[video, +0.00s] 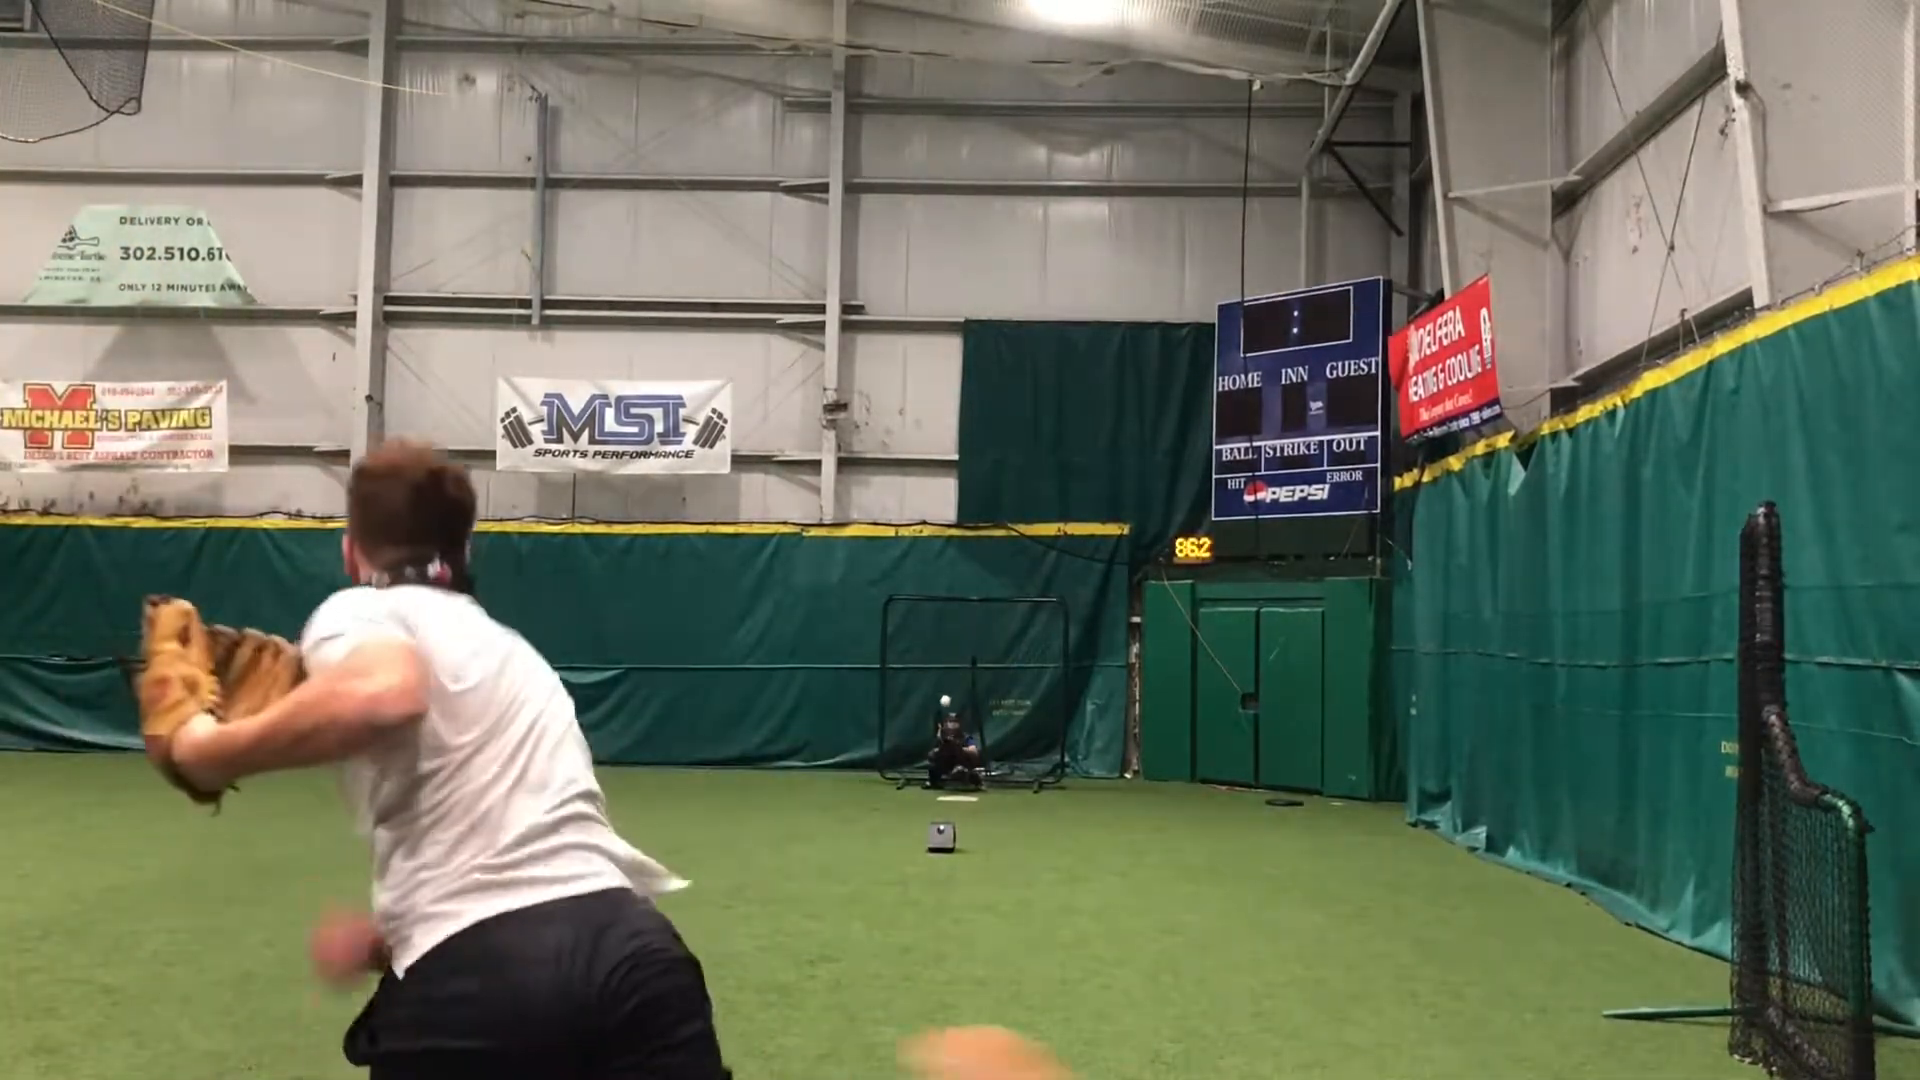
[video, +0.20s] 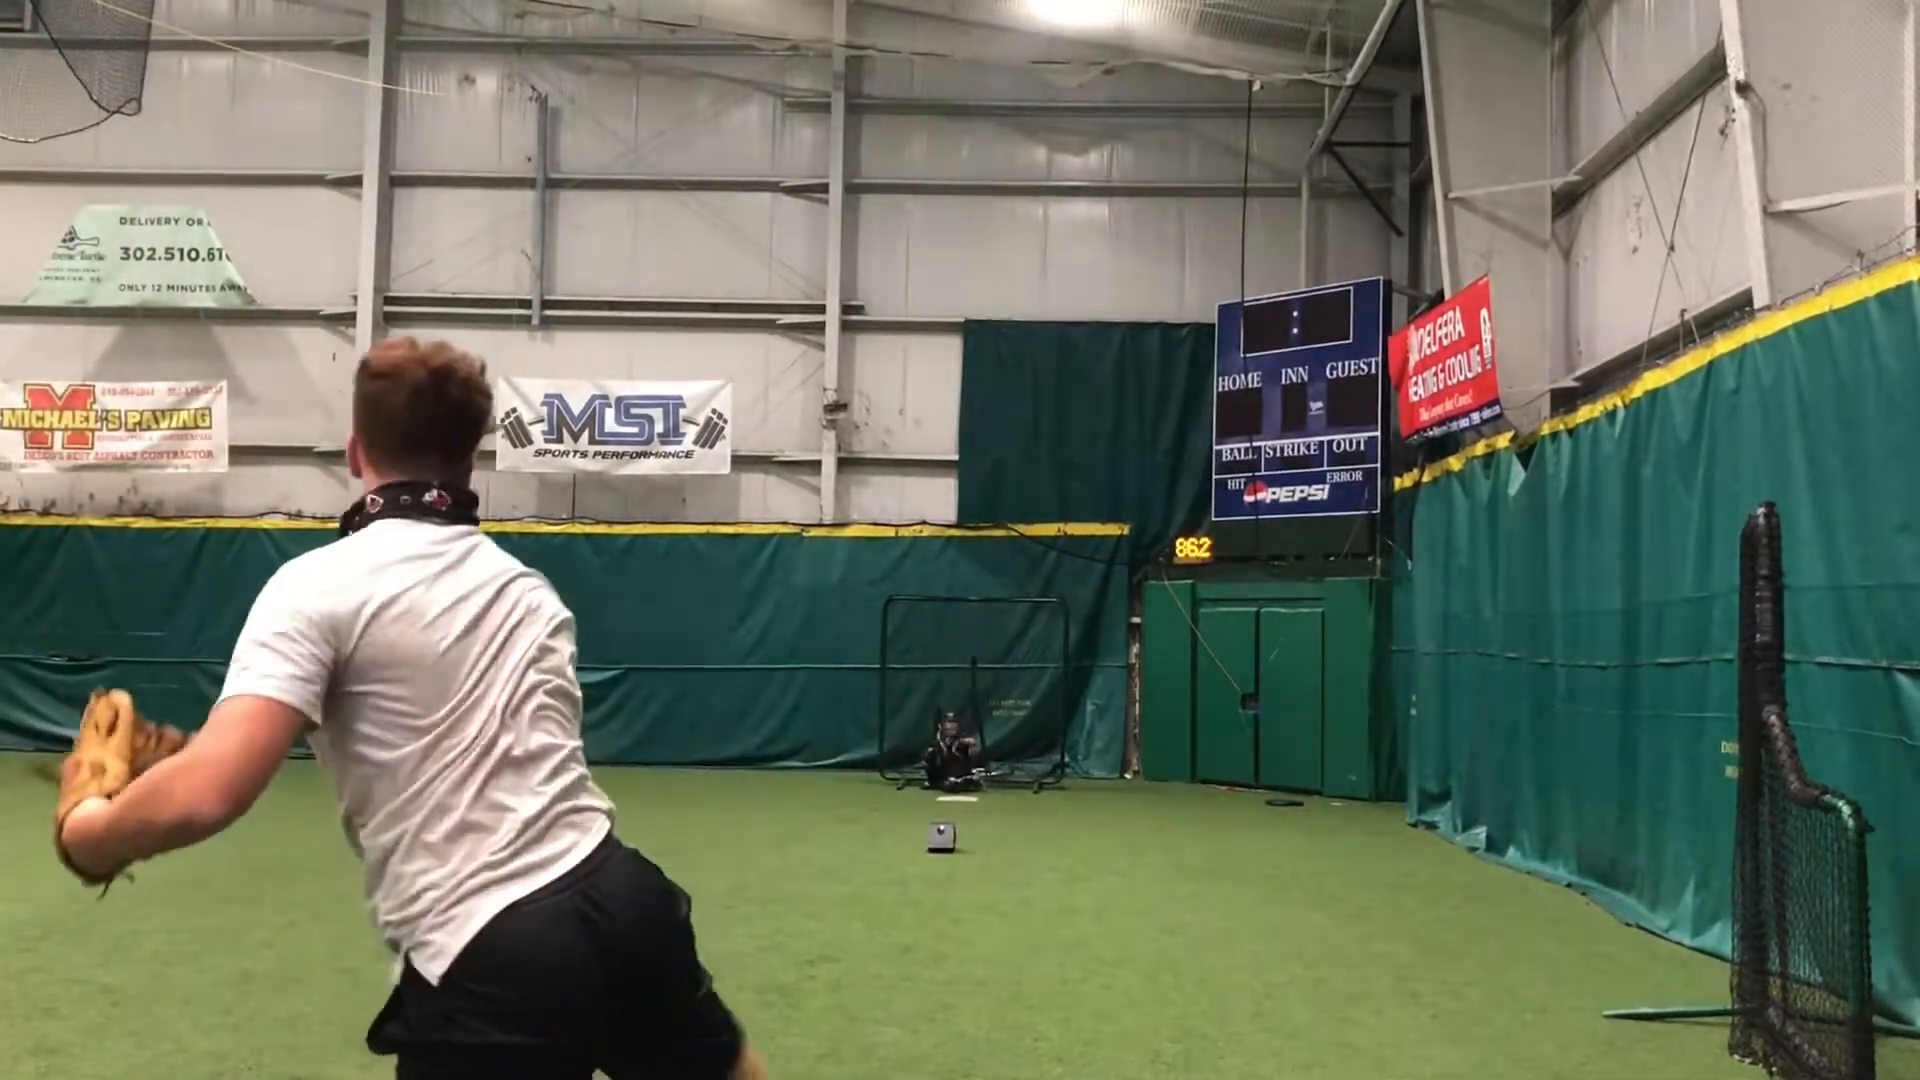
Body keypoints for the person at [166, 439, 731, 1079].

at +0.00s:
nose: (347, 550)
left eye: (345, 537)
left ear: (353, 552)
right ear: (462, 556)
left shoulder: (357, 609)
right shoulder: (519, 654)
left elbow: (391, 693)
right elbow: (543, 849)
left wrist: (211, 751)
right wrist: (394, 934)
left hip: (474, 960)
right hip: (627, 937)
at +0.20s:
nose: (346, 449)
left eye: (349, 434)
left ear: (357, 453)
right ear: (472, 458)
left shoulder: (318, 587)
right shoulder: (528, 587)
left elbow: (208, 791)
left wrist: (93, 834)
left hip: (487, 969)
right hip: (622, 902)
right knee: (726, 1060)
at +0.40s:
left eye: (403, 413)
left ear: (408, 431)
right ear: (523, 431)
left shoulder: (389, 582)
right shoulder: (593, 558)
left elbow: (254, 807)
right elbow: (631, 584)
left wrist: (114, 888)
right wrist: (560, 506)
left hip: (508, 976)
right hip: (625, 914)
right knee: (411, 991)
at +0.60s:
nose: (450, 425)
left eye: (453, 411)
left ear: (461, 428)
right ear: (574, 433)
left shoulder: (472, 580)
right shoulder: (598, 555)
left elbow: (366, 788)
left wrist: (168, 924)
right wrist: (494, 489)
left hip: (501, 966)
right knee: (219, 996)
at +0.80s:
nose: (472, 447)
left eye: (477, 424)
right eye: (482, 424)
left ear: (490, 435)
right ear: (589, 455)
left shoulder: (540, 579)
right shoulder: (557, 568)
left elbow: (534, 783)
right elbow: (476, 734)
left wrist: (394, 967)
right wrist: (327, 725)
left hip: (451, 977)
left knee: (282, 1065)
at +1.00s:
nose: (456, 454)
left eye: (461, 435)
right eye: (463, 435)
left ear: (475, 445)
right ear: (564, 469)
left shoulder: (532, 588)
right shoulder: (500, 584)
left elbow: (593, 788)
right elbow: (390, 789)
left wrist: (562, 992)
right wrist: (249, 905)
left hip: (422, 993)